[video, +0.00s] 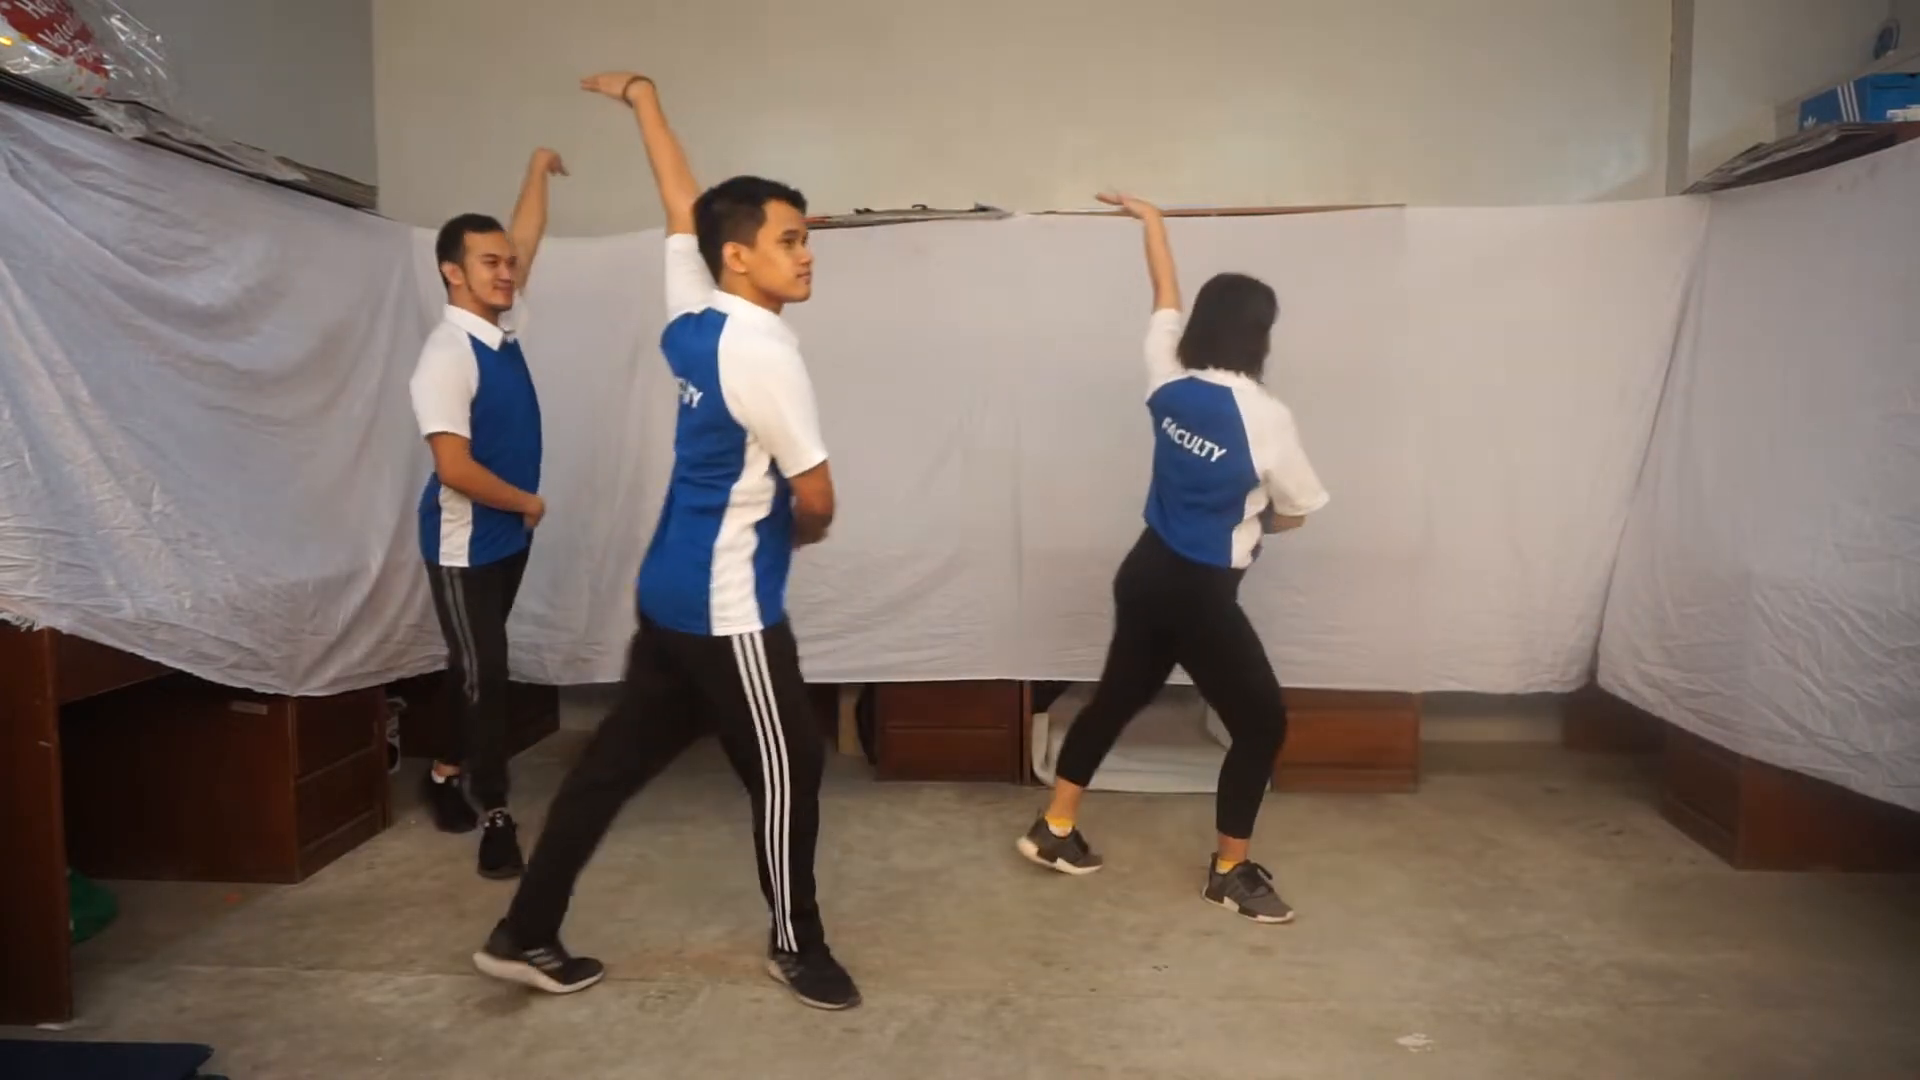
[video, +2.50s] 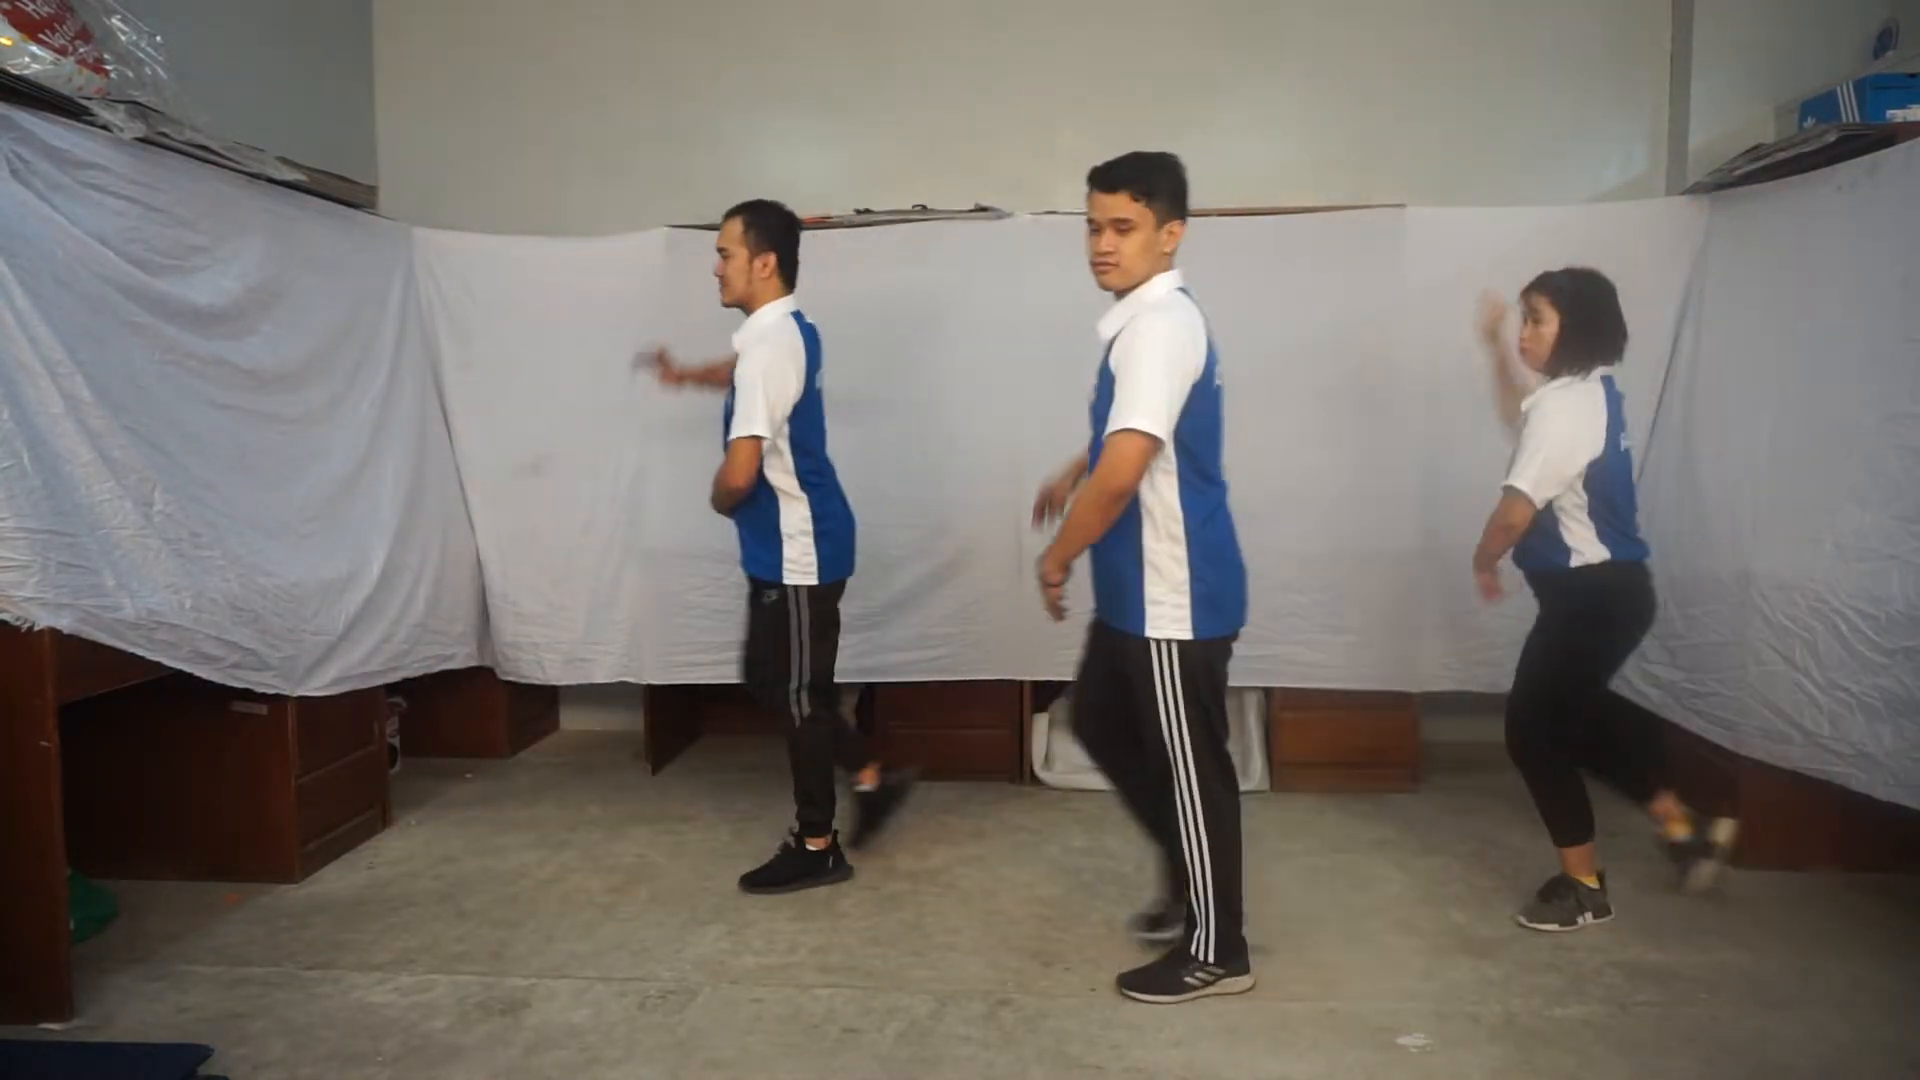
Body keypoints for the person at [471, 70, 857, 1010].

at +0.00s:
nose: (808, 255)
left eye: (805, 240)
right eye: (791, 242)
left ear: (735, 259)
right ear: (737, 255)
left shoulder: (696, 311)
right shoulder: (762, 345)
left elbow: (683, 202)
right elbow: (816, 500)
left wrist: (643, 96)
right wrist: (799, 529)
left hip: (678, 593)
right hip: (731, 604)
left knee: (616, 763)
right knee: (786, 767)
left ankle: (525, 932)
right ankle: (798, 943)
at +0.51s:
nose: (844, 253)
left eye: (841, 237)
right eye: (828, 241)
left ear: (771, 253)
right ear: (776, 254)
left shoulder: (747, 320)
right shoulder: (796, 339)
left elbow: (776, 247)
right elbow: (822, 488)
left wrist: (795, 189)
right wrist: (846, 519)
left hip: (729, 581)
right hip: (763, 591)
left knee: (739, 740)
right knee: (782, 754)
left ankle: (620, 861)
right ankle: (756, 927)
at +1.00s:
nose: (993, 246)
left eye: (1002, 229)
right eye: (972, 234)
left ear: (1016, 237)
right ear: (938, 249)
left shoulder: (1043, 349)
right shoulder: (910, 342)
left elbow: (1069, 471)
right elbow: (863, 461)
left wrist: (1098, 581)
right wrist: (976, 520)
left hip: (1018, 589)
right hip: (941, 597)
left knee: (990, 757)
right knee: (959, 769)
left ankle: (965, 889)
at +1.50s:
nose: (1125, 243)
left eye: (1144, 227)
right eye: (1113, 226)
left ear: (1187, 231)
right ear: (1105, 231)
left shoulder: (1197, 329)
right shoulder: (1125, 309)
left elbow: (1145, 470)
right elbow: (1041, 263)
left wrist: (1064, 572)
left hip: (1207, 601)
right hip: (1136, 589)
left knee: (1220, 783)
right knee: (1107, 757)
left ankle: (1256, 959)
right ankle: (1074, 925)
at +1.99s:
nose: (1196, 270)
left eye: (1207, 253)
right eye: (1200, 253)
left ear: (1256, 260)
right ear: (1275, 260)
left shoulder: (1223, 366)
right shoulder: (1340, 325)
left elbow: (1186, 512)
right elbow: (1387, 207)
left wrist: (1253, 546)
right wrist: (1451, 94)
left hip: (1282, 613)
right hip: (1369, 592)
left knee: (1202, 775)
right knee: (1407, 783)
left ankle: (1246, 959)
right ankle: (1473, 988)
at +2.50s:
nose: (1102, 243)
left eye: (1121, 228)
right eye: (1095, 227)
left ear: (1170, 234)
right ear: (1090, 229)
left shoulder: (1164, 326)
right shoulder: (1139, 316)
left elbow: (1122, 473)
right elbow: (1127, 427)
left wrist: (1057, 557)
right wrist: (1073, 475)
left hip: (1173, 594)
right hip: (1137, 586)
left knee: (1189, 764)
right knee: (1102, 724)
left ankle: (1217, 950)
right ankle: (1194, 876)